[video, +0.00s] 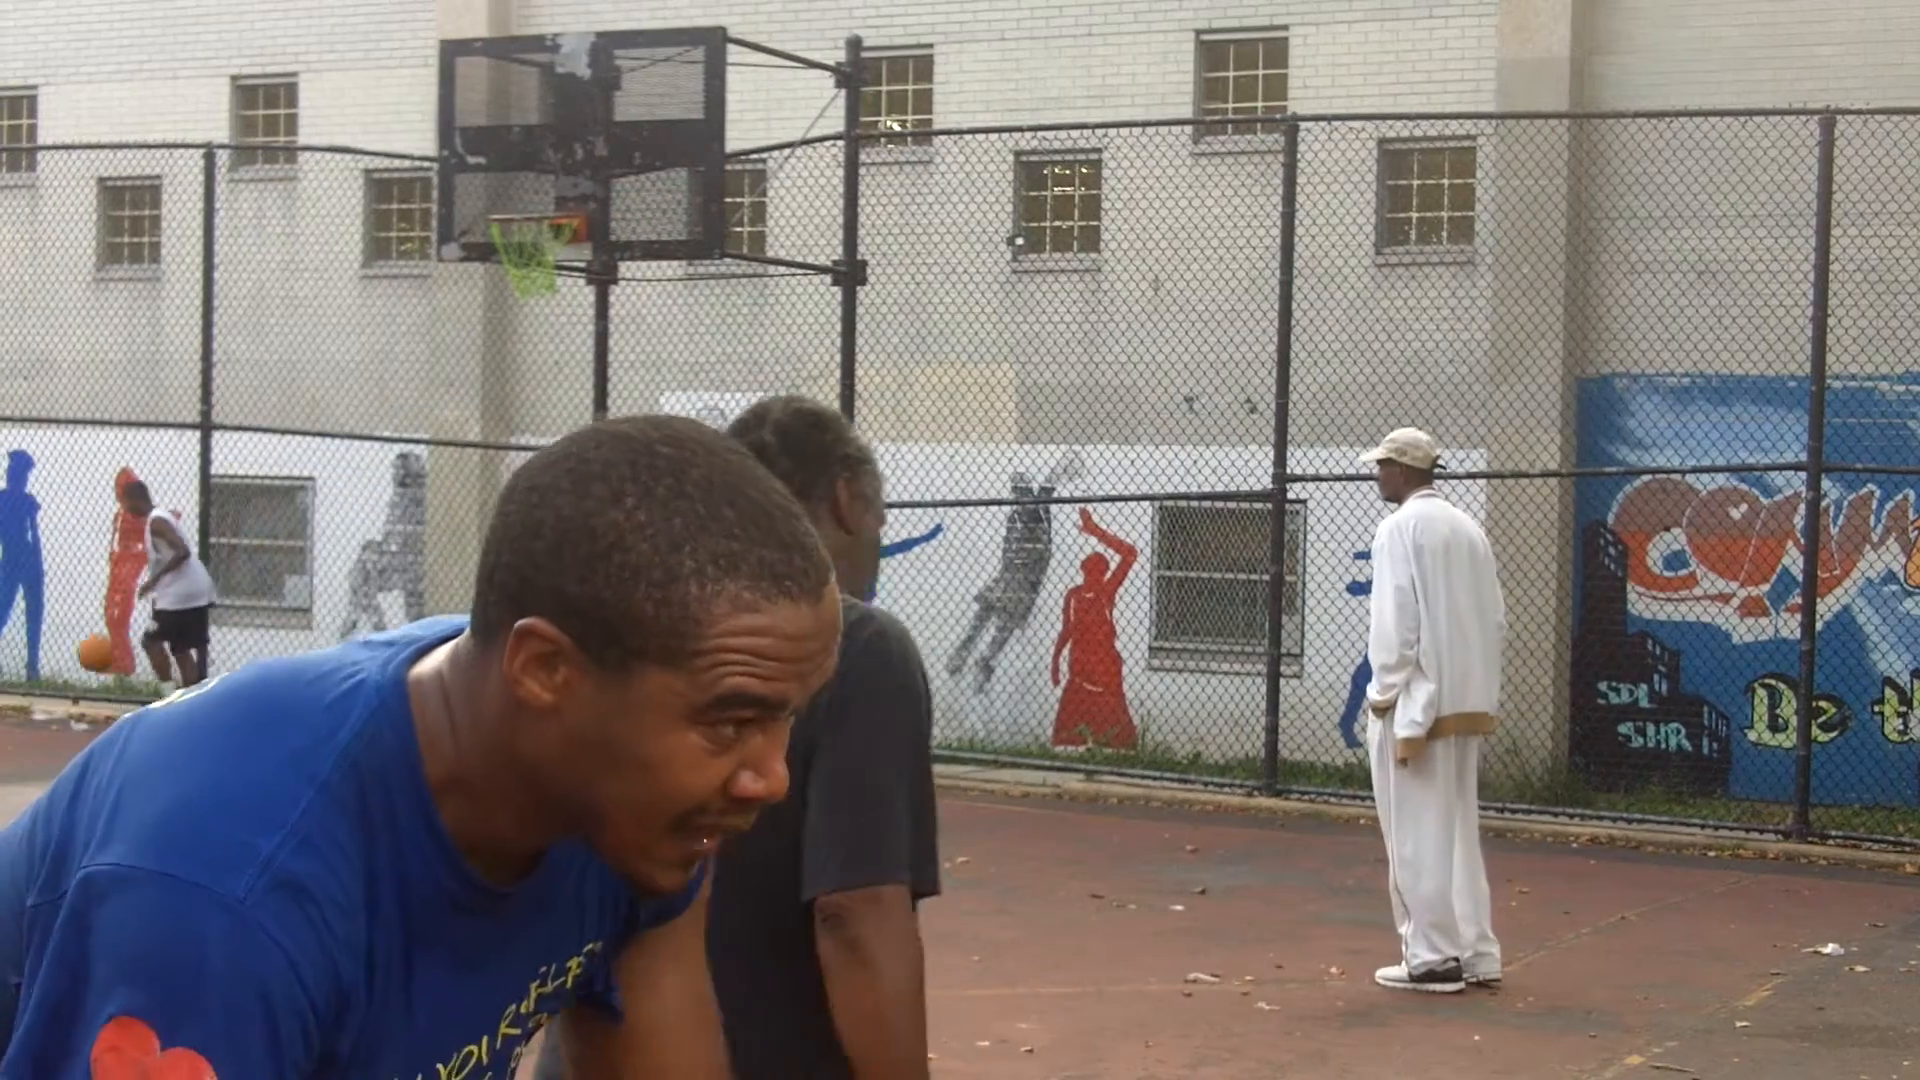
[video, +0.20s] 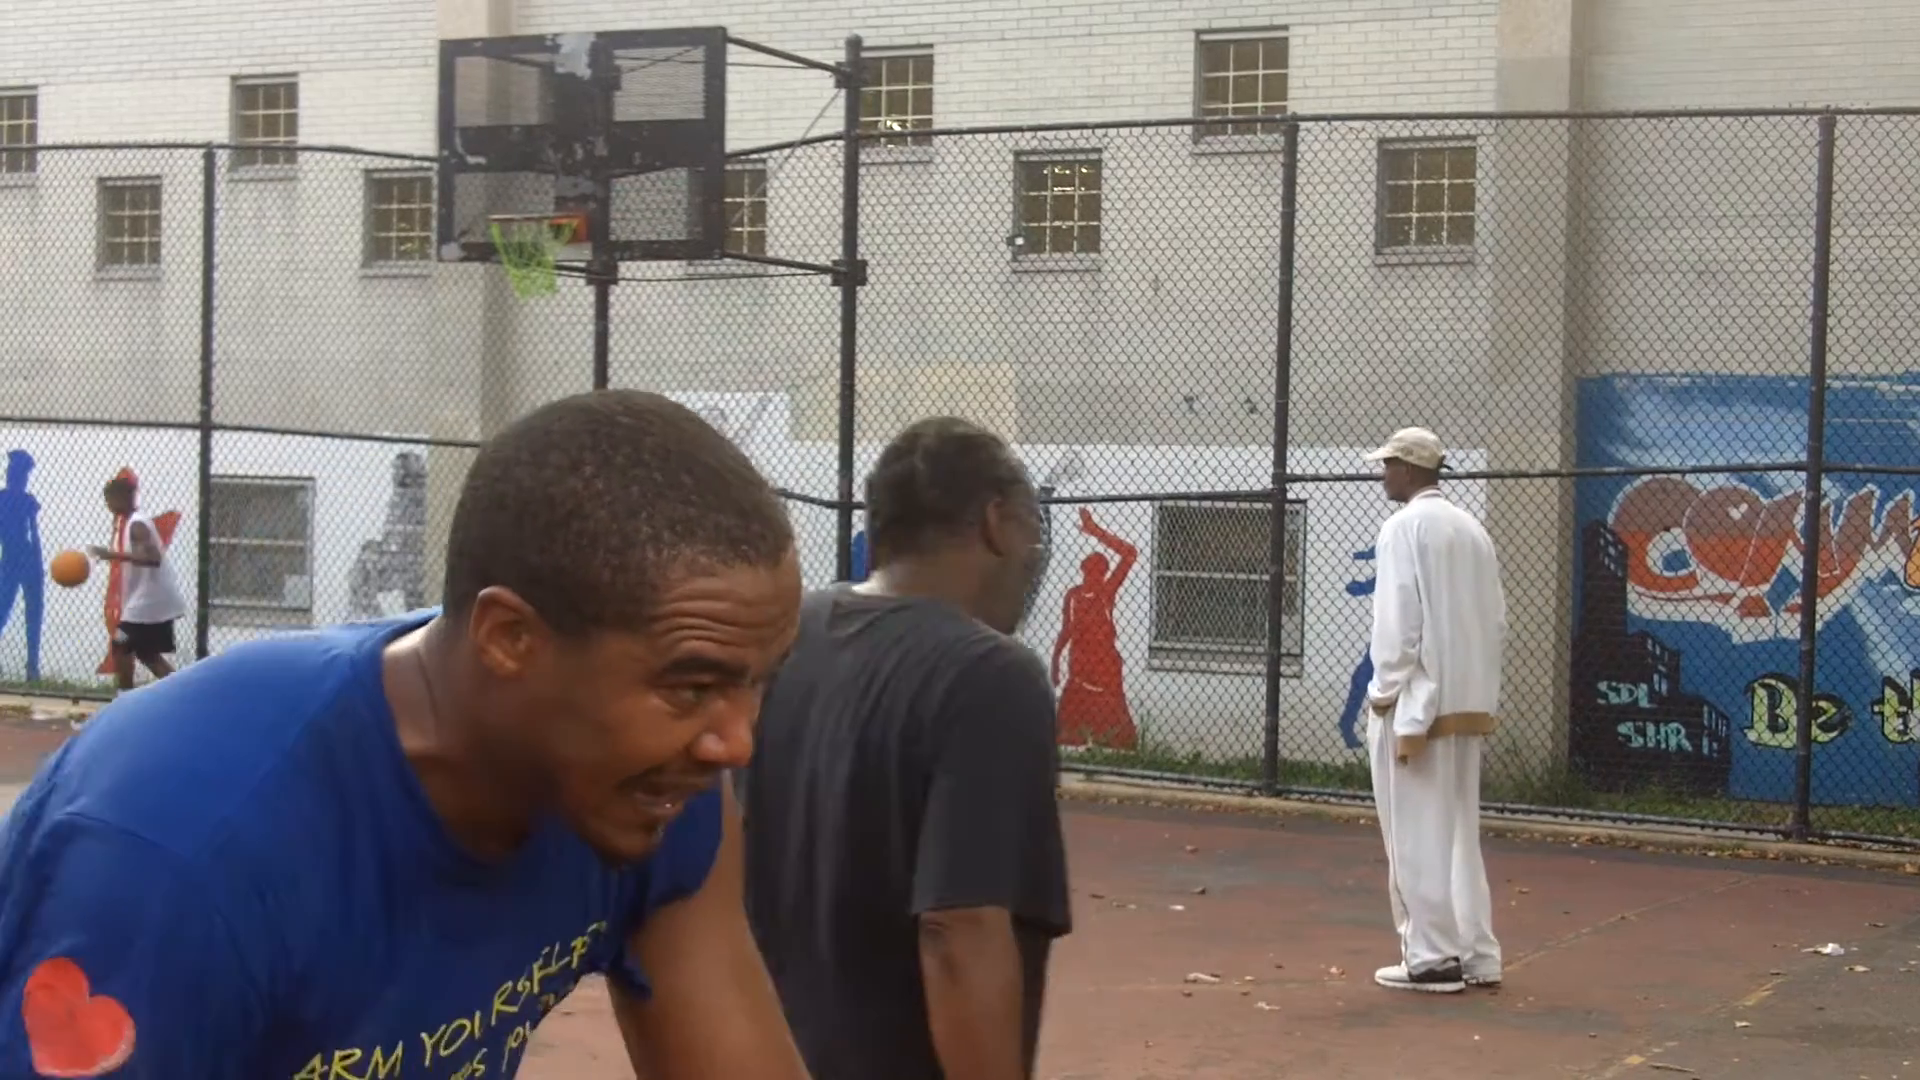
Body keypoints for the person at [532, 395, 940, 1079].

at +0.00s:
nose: (883, 532)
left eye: (884, 510)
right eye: (878, 508)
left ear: (755, 504)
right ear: (844, 501)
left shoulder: (672, 621)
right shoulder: (863, 645)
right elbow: (855, 913)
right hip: (791, 1052)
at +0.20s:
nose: (1037, 556)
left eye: (1039, 535)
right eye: (1033, 532)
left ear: (883, 533)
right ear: (995, 523)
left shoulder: (779, 633)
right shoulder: (986, 673)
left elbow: (723, 852)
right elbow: (959, 928)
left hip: (766, 1049)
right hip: (904, 1059)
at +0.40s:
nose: (1189, 571)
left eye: (1192, 546)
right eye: (1188, 540)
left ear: (1047, 533)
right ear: (1152, 528)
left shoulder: (921, 639)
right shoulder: (1147, 686)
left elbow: (859, 883)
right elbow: (1141, 949)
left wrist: (896, 1037)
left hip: (904, 1061)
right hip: (1066, 1062)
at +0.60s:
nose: (1290, 552)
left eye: (1293, 523)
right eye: (1290, 521)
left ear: (1148, 521)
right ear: (1254, 508)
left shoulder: (1030, 629)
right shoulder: (1278, 661)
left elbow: (961, 868)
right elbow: (1320, 913)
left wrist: (978, 1031)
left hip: (1036, 1049)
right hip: (1221, 1055)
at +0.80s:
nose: (1376, 554)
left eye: (1375, 533)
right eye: (1372, 531)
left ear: (1239, 540)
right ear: (1343, 529)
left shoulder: (1131, 649)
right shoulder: (1376, 670)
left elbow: (1060, 869)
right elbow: (1448, 910)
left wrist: (1047, 1043)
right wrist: (1547, 1057)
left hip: (1136, 1046)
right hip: (1305, 1050)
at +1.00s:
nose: (1457, 554)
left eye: (1455, 531)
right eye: (1453, 529)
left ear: (1326, 541)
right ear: (1425, 522)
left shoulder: (1228, 646)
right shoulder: (1457, 655)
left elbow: (1169, 870)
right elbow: (1504, 881)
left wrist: (1155, 1036)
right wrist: (1580, 1062)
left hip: (1229, 1047)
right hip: (1406, 1054)